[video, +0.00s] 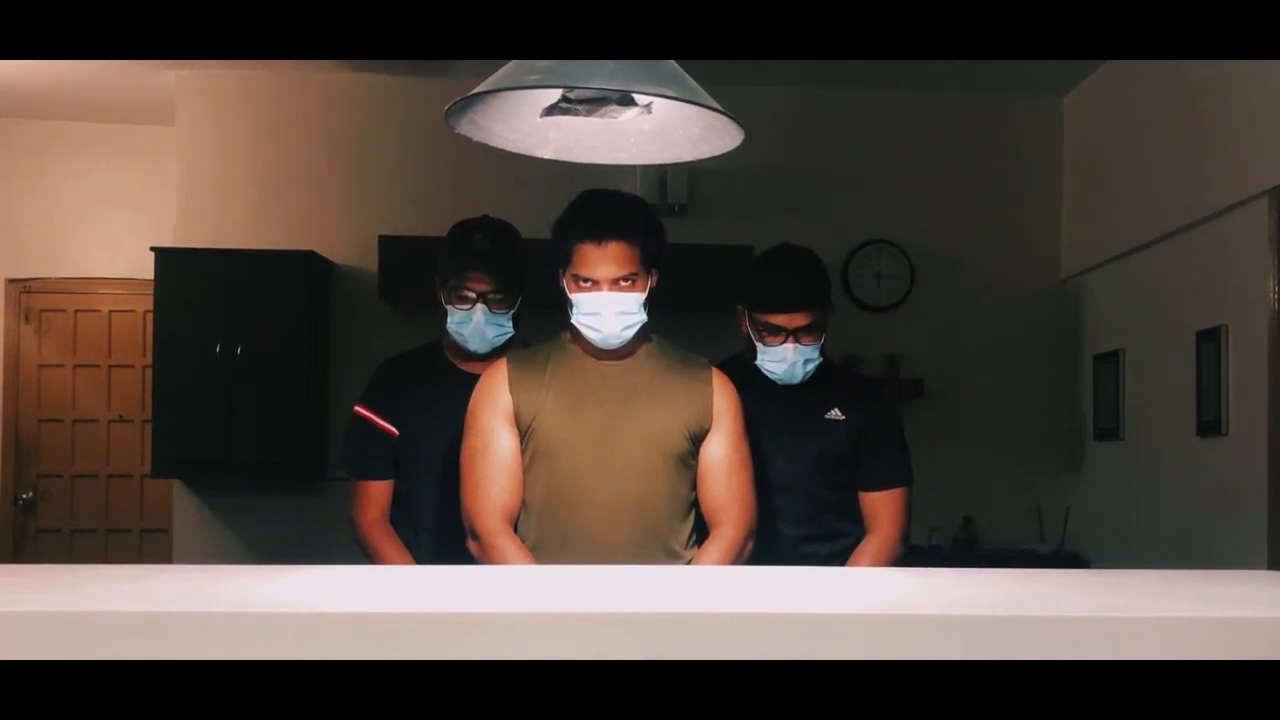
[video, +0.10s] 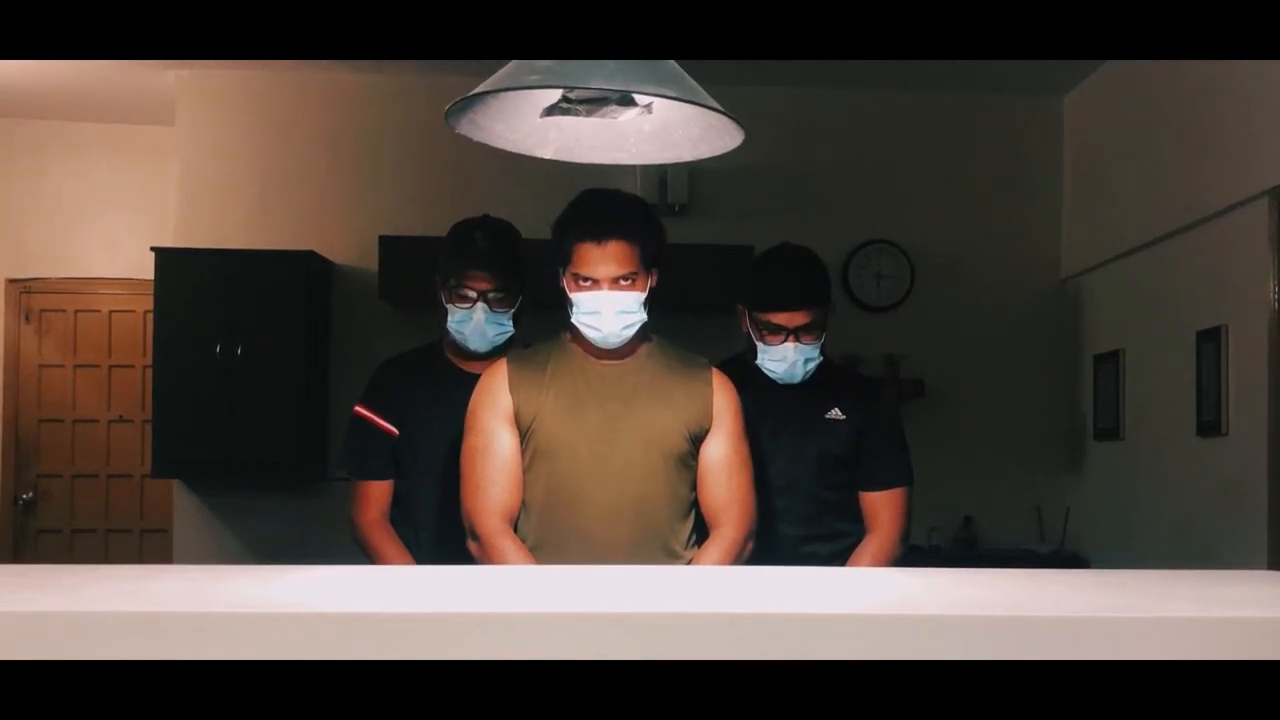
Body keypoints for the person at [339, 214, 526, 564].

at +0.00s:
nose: (479, 318)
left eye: (498, 301)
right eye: (463, 298)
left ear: (518, 301)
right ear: (441, 294)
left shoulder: (538, 384)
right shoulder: (399, 380)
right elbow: (369, 519)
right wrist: (422, 596)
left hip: (514, 591)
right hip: (426, 589)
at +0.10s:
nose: (479, 317)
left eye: (498, 300)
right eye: (463, 297)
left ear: (519, 300)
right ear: (442, 293)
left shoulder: (538, 384)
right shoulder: (399, 380)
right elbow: (369, 518)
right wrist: (422, 595)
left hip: (514, 591)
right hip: (427, 589)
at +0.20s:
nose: (479, 316)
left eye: (499, 299)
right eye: (463, 296)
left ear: (518, 298)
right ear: (442, 292)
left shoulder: (538, 384)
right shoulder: (399, 380)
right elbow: (369, 519)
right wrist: (422, 596)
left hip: (515, 592)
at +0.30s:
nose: (480, 314)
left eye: (499, 296)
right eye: (463, 294)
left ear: (519, 298)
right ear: (443, 292)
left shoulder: (538, 385)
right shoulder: (399, 380)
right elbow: (369, 518)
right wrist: (422, 596)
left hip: (515, 592)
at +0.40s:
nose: (479, 311)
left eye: (499, 295)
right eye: (463, 291)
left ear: (518, 298)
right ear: (443, 291)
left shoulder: (538, 385)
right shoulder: (399, 380)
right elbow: (369, 518)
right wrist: (423, 596)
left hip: (515, 592)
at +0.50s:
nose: (480, 309)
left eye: (499, 293)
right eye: (463, 289)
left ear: (518, 297)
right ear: (442, 289)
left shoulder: (538, 385)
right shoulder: (399, 380)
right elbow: (369, 518)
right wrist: (422, 596)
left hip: (515, 592)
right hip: (427, 590)